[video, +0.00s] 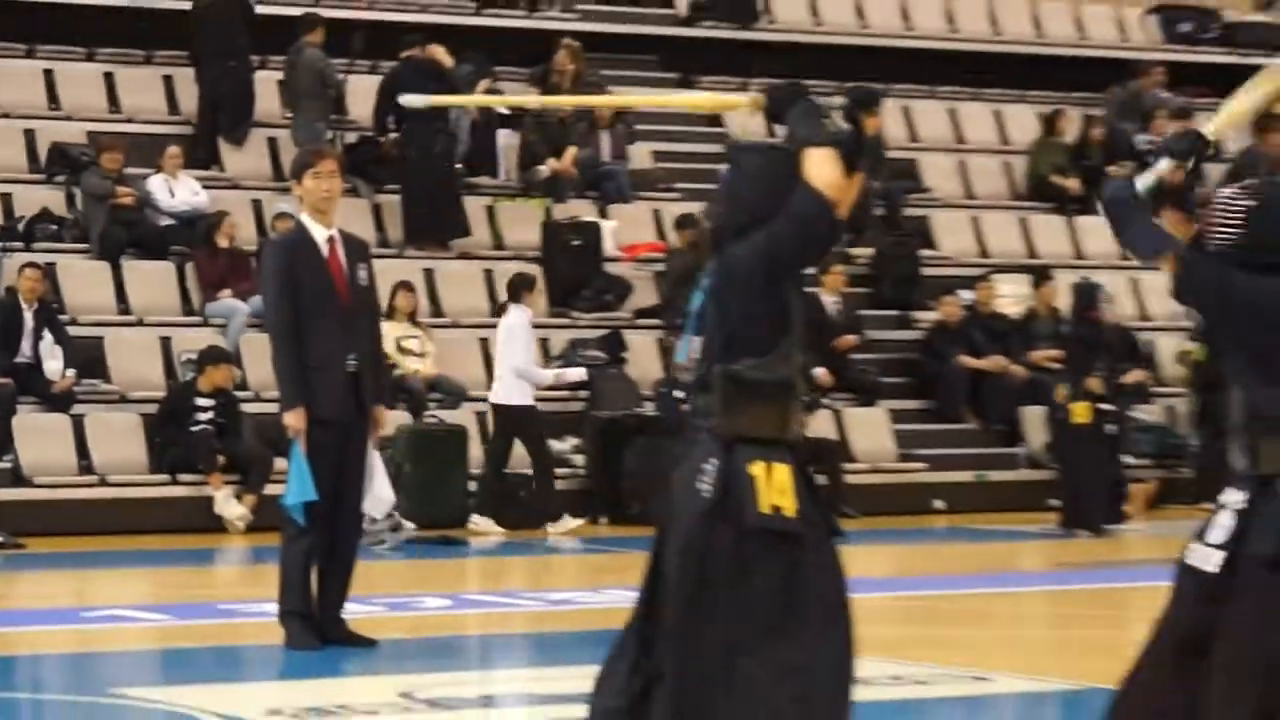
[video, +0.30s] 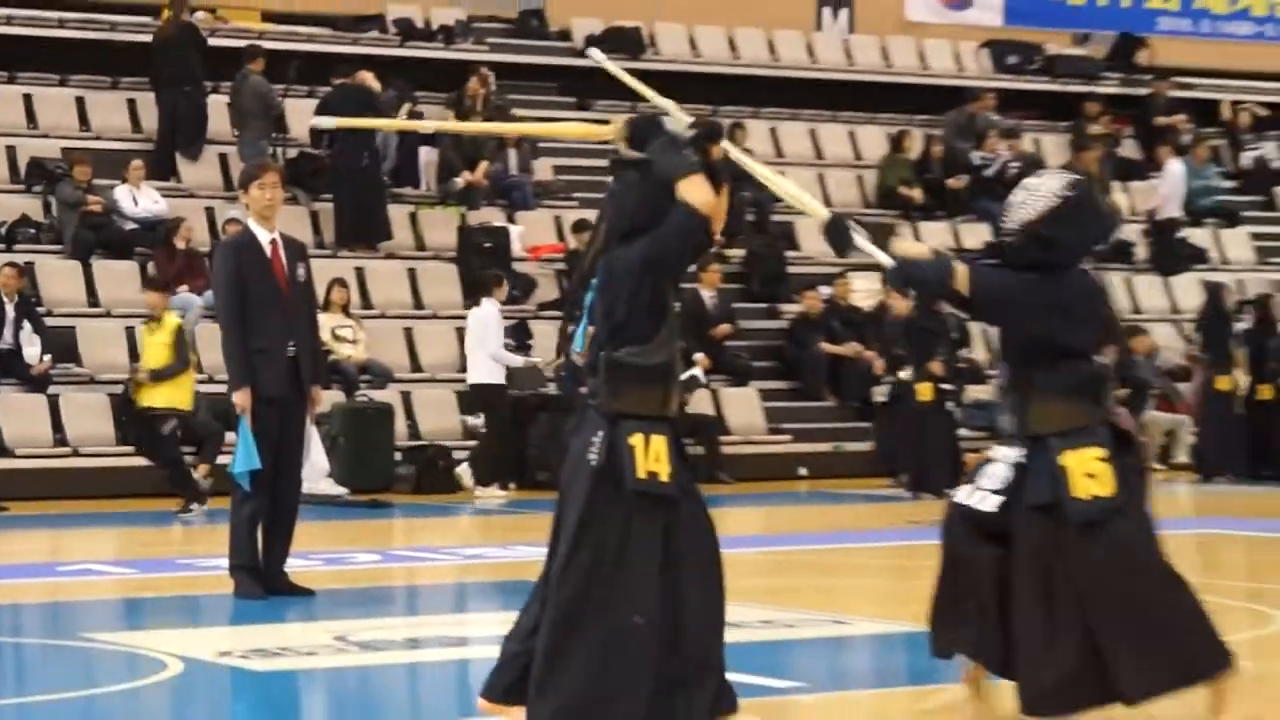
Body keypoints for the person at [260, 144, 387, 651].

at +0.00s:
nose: (329, 184)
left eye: (334, 176)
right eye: (318, 177)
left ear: (343, 184)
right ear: (298, 186)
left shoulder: (356, 248)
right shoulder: (282, 247)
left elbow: (370, 328)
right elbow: (281, 330)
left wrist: (377, 397)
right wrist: (291, 401)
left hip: (356, 394)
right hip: (312, 396)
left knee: (347, 510)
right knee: (309, 510)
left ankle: (330, 615)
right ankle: (296, 618)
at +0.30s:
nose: (271, 194)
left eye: (276, 187)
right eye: (262, 187)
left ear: (284, 194)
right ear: (245, 195)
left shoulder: (295, 249)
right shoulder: (231, 249)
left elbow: (308, 318)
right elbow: (229, 321)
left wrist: (314, 378)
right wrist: (239, 382)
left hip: (295, 375)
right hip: (256, 377)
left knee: (287, 478)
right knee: (254, 478)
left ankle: (274, 569)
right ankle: (244, 572)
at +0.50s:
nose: (239, 204)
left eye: (244, 197)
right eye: (231, 198)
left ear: (252, 203)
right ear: (216, 205)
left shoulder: (263, 254)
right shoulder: (203, 254)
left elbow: (275, 317)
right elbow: (202, 320)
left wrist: (282, 372)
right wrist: (211, 376)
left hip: (264, 372)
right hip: (228, 373)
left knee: (256, 466)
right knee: (225, 466)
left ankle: (245, 549)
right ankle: (217, 551)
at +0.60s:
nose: (241, 206)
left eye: (246, 199)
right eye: (233, 200)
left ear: (254, 205)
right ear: (219, 207)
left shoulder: (265, 254)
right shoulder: (207, 254)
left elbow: (277, 315)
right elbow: (205, 318)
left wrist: (283, 368)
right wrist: (215, 372)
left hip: (266, 368)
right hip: (231, 369)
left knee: (258, 459)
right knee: (228, 460)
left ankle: (247, 539)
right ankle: (221, 542)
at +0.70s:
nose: (250, 206)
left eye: (255, 199)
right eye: (242, 200)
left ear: (263, 205)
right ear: (229, 207)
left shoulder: (273, 253)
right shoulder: (216, 253)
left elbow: (285, 313)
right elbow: (215, 315)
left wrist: (291, 365)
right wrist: (224, 368)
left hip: (274, 365)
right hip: (240, 367)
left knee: (267, 454)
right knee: (237, 454)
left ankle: (256, 531)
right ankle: (230, 534)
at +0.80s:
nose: (263, 212)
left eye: (268, 205)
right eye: (256, 206)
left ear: (275, 211)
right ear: (243, 213)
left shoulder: (286, 257)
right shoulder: (232, 257)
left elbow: (297, 315)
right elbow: (231, 317)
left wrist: (303, 365)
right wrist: (239, 368)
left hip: (287, 364)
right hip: (254, 365)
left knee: (279, 449)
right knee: (251, 450)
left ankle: (270, 524)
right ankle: (245, 527)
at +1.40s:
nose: (310, 227)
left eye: (314, 222)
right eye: (304, 222)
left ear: (321, 226)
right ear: (293, 228)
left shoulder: (331, 267)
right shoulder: (281, 266)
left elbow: (339, 318)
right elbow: (279, 318)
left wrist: (342, 362)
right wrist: (286, 364)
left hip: (328, 360)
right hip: (298, 362)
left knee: (322, 436)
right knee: (296, 436)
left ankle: (314, 504)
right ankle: (292, 506)